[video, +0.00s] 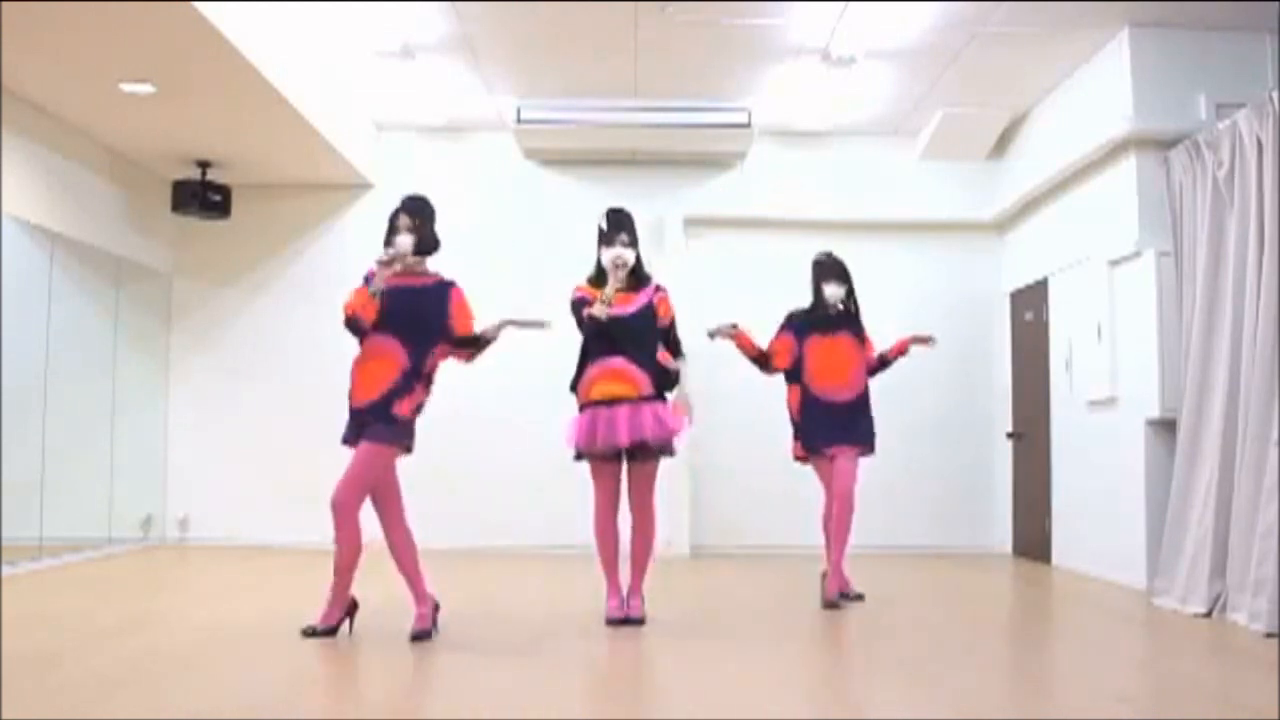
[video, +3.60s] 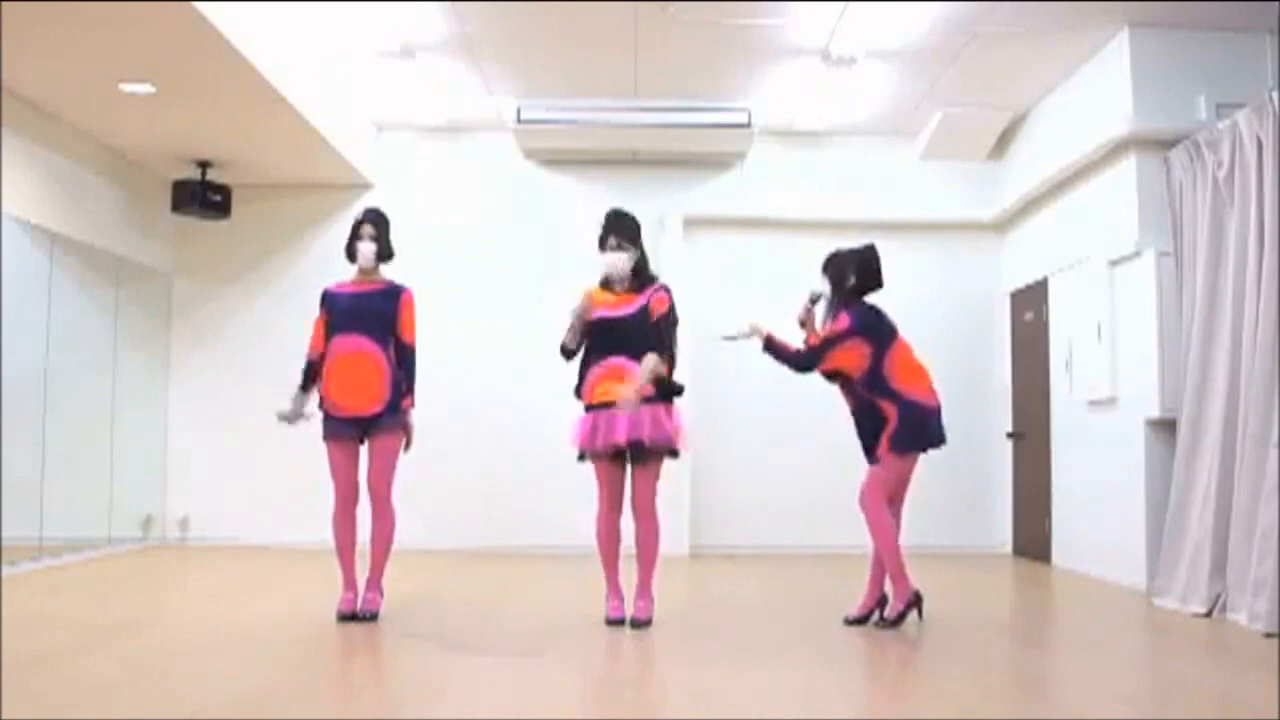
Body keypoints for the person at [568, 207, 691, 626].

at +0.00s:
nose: (619, 255)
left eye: (626, 246)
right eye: (611, 246)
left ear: (637, 250)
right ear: (599, 250)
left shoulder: (655, 294)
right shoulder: (585, 294)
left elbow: (673, 345)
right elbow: (589, 324)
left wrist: (673, 365)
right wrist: (609, 291)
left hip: (645, 400)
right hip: (600, 401)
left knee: (641, 500)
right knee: (606, 501)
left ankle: (636, 590)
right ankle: (613, 590)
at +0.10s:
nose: (620, 253)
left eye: (627, 244)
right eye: (612, 244)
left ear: (638, 248)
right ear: (600, 247)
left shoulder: (653, 292)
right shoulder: (586, 291)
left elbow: (680, 321)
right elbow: (584, 320)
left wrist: (689, 329)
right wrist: (602, 294)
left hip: (642, 400)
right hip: (598, 400)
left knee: (636, 501)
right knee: (606, 502)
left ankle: (635, 591)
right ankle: (613, 591)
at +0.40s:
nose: (622, 257)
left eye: (629, 249)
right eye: (615, 248)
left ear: (638, 254)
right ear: (601, 250)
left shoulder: (649, 295)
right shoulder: (585, 294)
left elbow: (675, 342)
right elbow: (588, 322)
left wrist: (698, 300)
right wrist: (612, 288)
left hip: (631, 399)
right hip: (590, 397)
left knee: (597, 489)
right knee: (599, 497)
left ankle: (581, 586)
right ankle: (615, 591)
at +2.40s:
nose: (615, 261)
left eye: (623, 253)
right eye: (608, 252)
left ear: (633, 255)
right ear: (596, 256)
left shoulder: (652, 298)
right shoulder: (582, 298)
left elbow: (691, 332)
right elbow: (581, 332)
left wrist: (676, 304)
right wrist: (597, 303)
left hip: (629, 406)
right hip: (585, 405)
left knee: (598, 502)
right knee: (595, 505)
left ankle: (575, 593)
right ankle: (614, 592)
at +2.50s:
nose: (615, 257)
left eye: (622, 248)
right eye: (607, 249)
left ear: (633, 252)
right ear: (596, 252)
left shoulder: (651, 296)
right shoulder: (581, 295)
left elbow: (694, 329)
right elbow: (578, 328)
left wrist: (687, 342)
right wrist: (595, 305)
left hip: (632, 401)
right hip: (589, 401)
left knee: (600, 482)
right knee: (595, 489)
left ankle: (607, 582)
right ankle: (610, 587)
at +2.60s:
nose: (615, 256)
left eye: (623, 247)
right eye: (608, 247)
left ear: (634, 251)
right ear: (596, 250)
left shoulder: (651, 295)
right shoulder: (582, 294)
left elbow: (682, 347)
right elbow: (582, 327)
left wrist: (698, 393)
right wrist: (602, 293)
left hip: (637, 401)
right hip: (593, 400)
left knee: (608, 478)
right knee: (600, 489)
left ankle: (634, 557)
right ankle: (612, 589)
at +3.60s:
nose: (615, 257)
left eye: (622, 248)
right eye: (608, 248)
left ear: (637, 249)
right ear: (600, 251)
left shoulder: (656, 296)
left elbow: (663, 351)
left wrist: (638, 384)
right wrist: (581, 317)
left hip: (646, 402)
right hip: (603, 404)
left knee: (643, 504)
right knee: (610, 503)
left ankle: (644, 593)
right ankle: (613, 591)